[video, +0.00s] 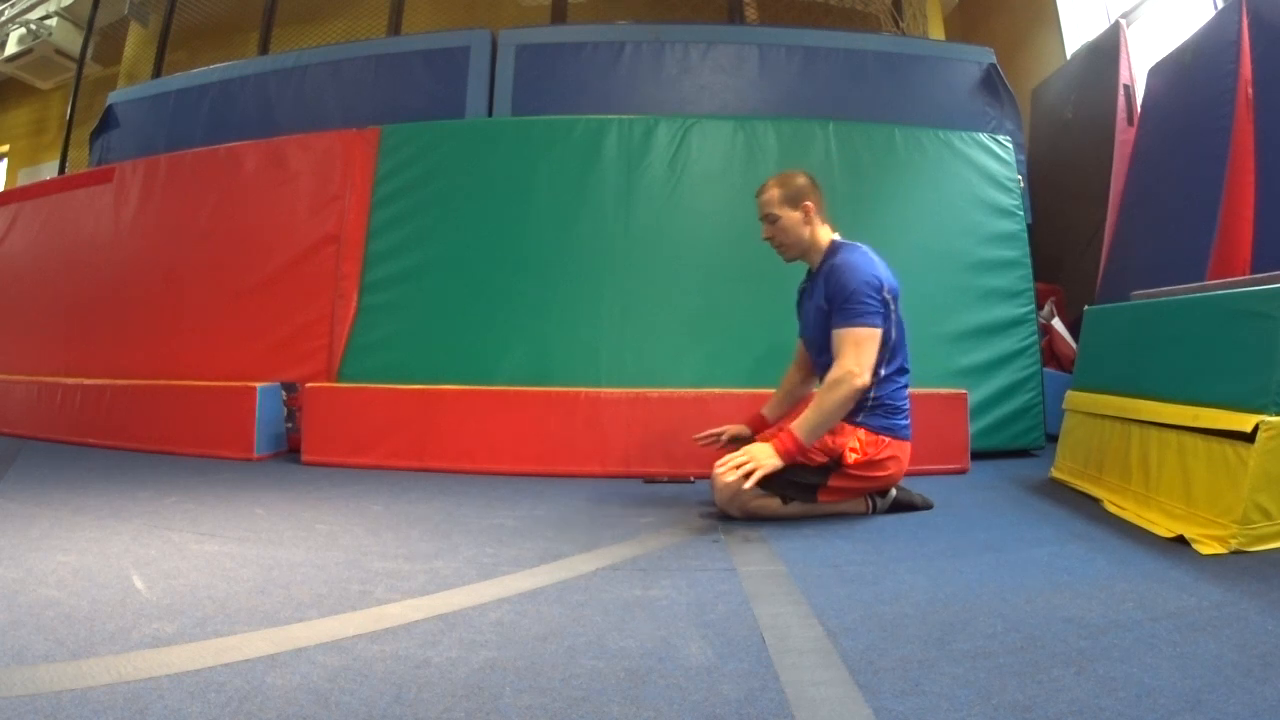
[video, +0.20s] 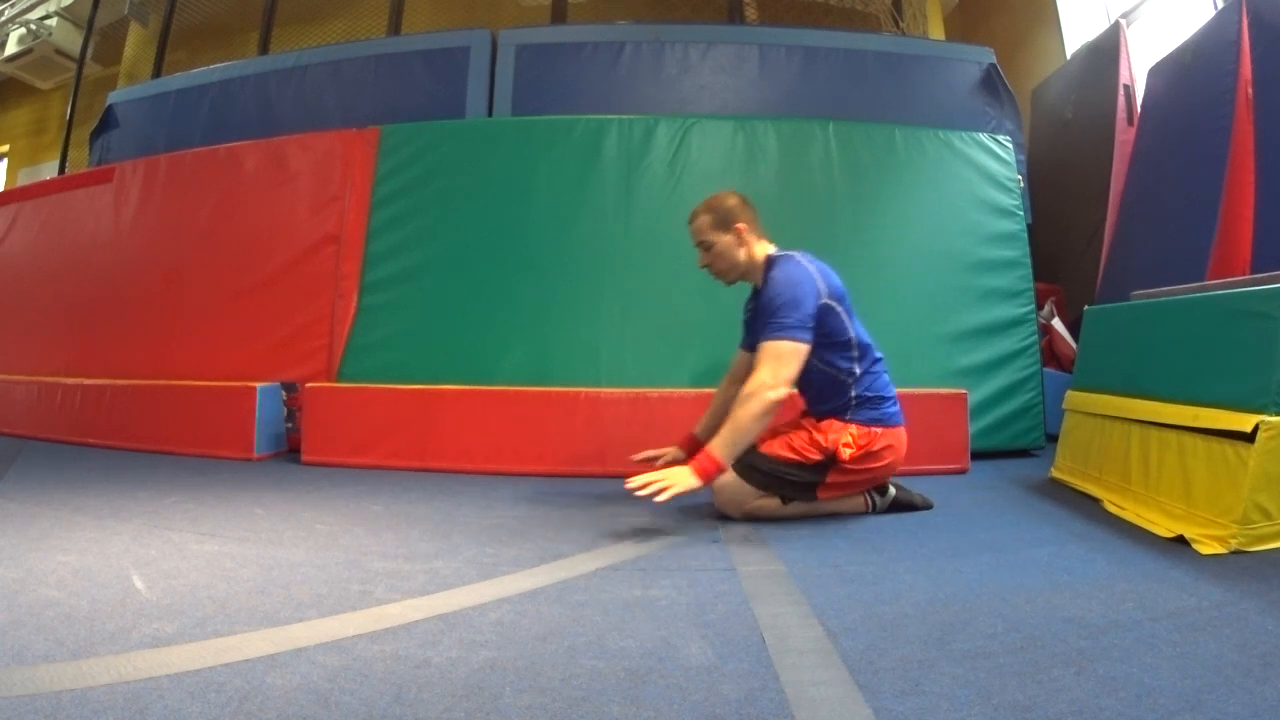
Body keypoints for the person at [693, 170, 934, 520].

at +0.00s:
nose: (765, 235)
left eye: (772, 220)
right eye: (763, 224)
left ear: (807, 212)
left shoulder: (854, 270)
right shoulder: (814, 284)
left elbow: (853, 376)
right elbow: (804, 372)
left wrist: (780, 446)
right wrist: (755, 426)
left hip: (872, 444)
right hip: (843, 434)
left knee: (733, 492)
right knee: (726, 479)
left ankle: (870, 502)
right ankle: (862, 494)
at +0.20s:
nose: (702, 262)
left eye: (707, 248)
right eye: (699, 251)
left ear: (741, 235)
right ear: (738, 239)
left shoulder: (791, 279)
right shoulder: (762, 296)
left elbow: (771, 387)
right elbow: (737, 381)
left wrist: (700, 468)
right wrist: (690, 448)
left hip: (864, 436)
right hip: (833, 427)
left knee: (731, 496)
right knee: (731, 477)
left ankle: (870, 500)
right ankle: (864, 490)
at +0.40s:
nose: (641, 295)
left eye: (642, 280)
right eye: (636, 283)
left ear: (675, 264)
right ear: (676, 264)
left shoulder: (725, 294)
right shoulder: (716, 290)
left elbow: (682, 401)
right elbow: (676, 393)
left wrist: (623, 488)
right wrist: (626, 464)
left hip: (850, 412)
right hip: (824, 405)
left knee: (730, 498)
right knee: (723, 479)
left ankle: (864, 497)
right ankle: (850, 486)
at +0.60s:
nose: (597, 313)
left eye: (596, 300)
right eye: (591, 304)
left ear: (626, 277)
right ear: (626, 278)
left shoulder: (676, 303)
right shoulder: (671, 296)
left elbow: (634, 409)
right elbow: (634, 402)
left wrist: (584, 501)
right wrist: (589, 473)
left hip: (827, 390)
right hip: (806, 385)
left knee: (729, 500)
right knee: (726, 484)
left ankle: (865, 493)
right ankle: (851, 481)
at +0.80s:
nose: (561, 317)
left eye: (559, 305)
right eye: (555, 309)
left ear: (586, 283)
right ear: (587, 280)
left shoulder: (634, 301)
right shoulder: (634, 292)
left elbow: (611, 412)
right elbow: (615, 400)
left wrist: (583, 513)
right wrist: (587, 474)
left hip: (801, 372)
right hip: (797, 366)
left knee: (727, 501)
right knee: (737, 481)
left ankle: (865, 490)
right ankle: (855, 470)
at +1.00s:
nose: (530, 322)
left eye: (526, 309)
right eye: (523, 313)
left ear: (554, 286)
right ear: (557, 283)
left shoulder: (610, 299)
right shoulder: (606, 289)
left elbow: (594, 410)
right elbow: (605, 401)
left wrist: (582, 516)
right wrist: (588, 473)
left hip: (779, 357)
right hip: (775, 352)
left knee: (726, 500)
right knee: (737, 482)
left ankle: (862, 483)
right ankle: (855, 469)